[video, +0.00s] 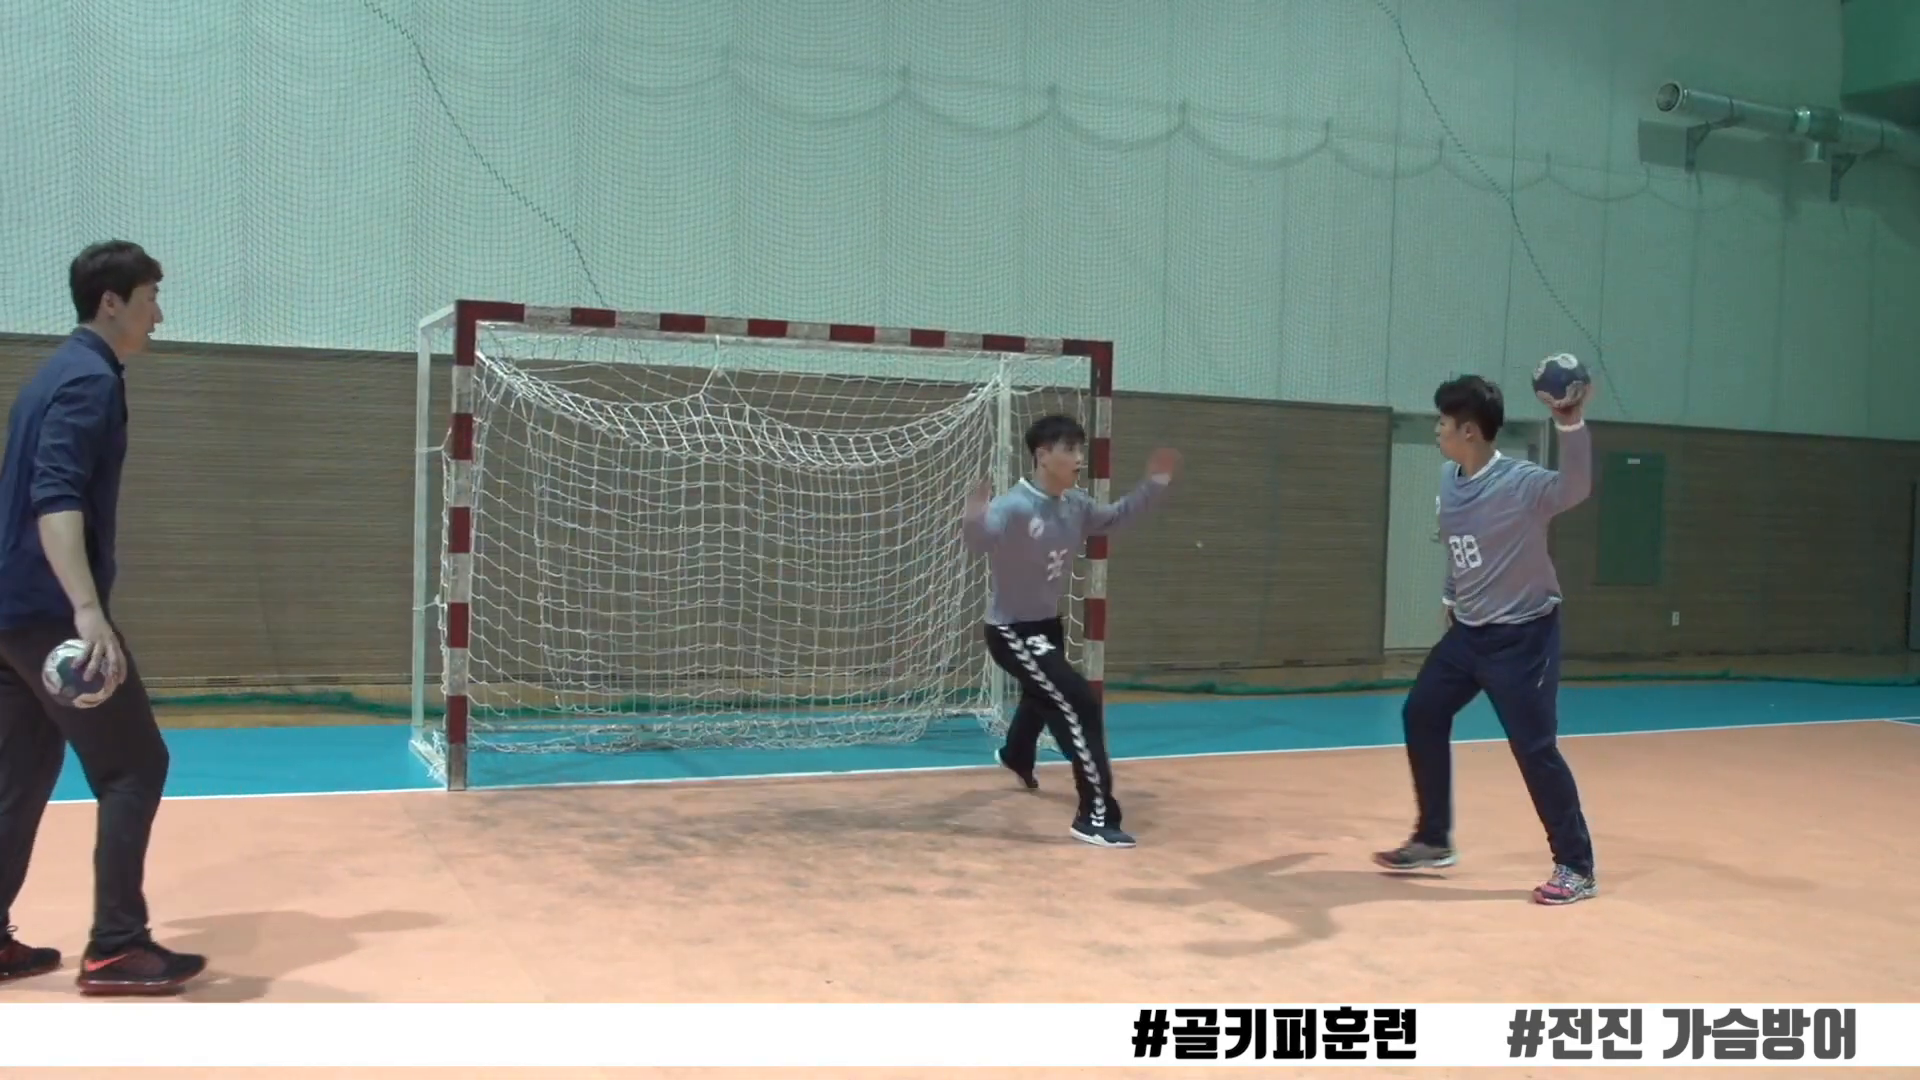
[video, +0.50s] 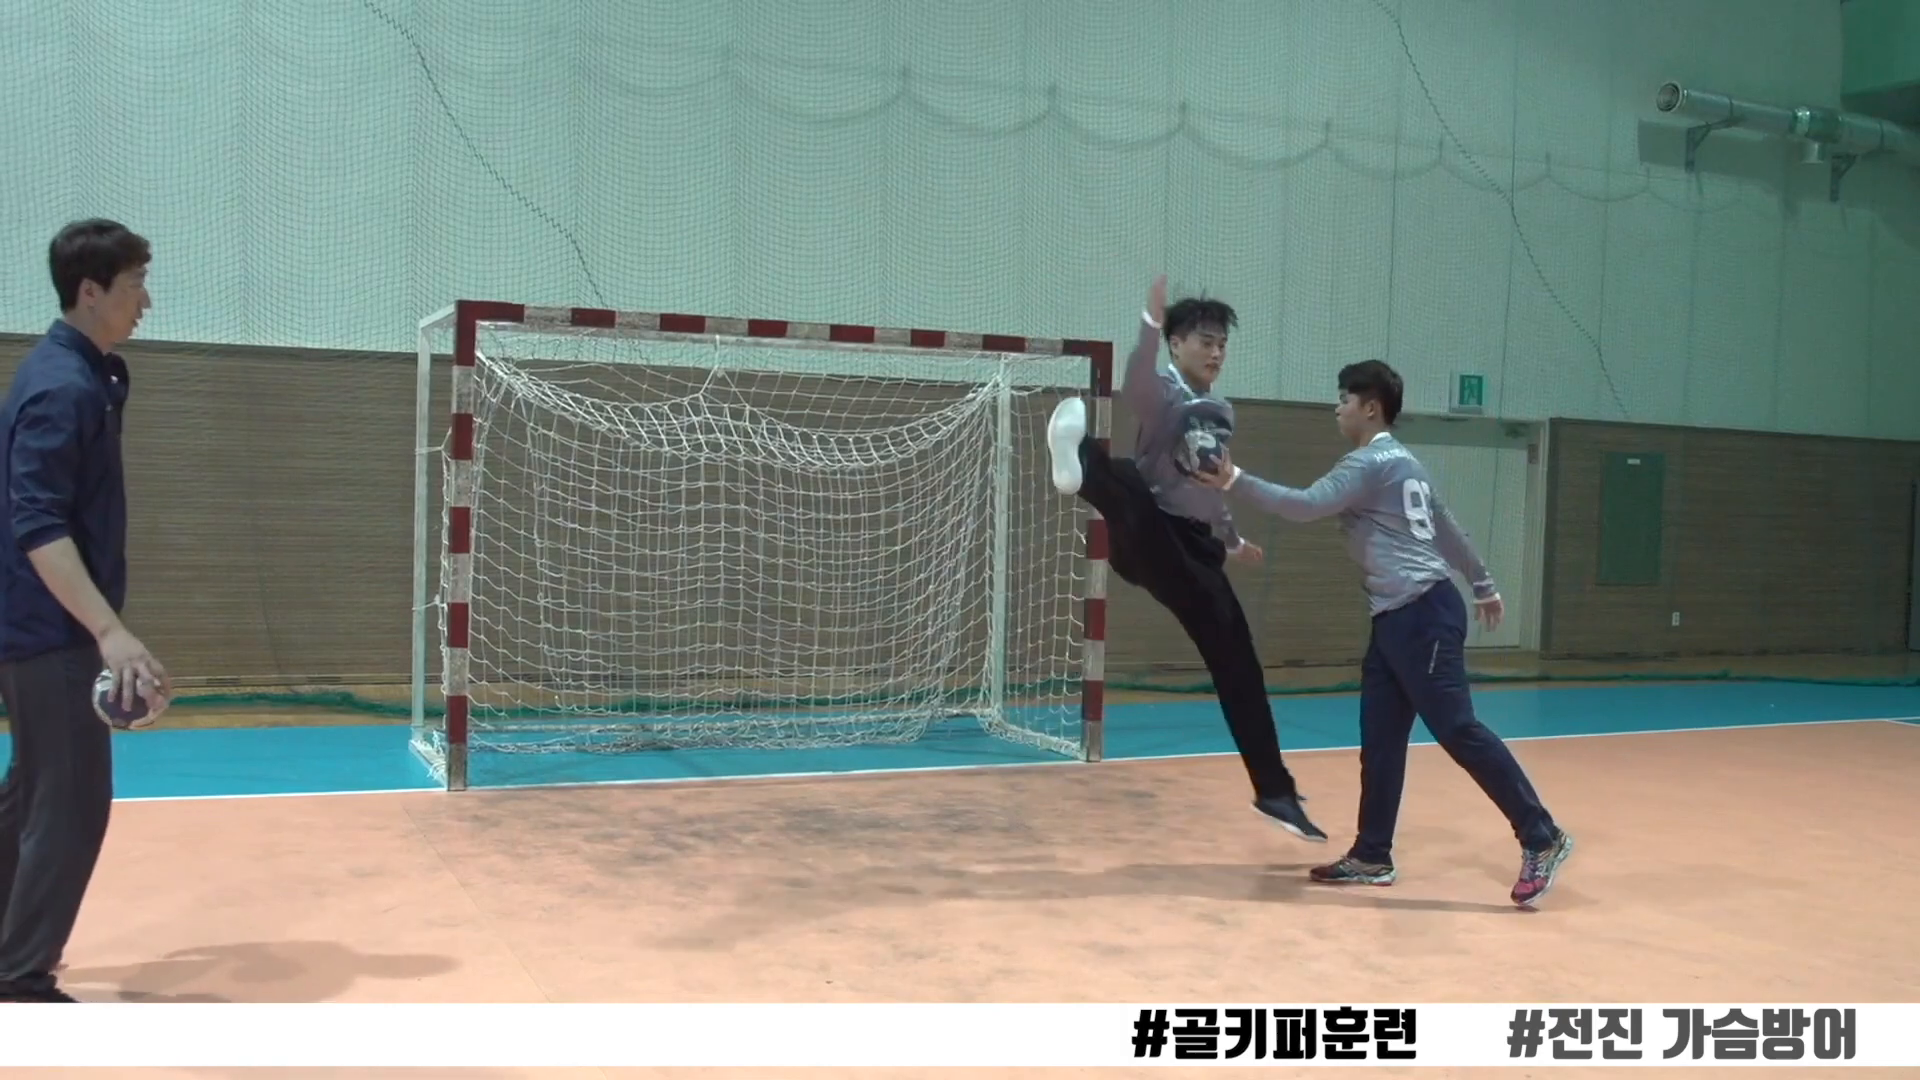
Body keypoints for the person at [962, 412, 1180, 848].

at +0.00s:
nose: (1078, 458)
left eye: (1080, 450)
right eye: (1069, 449)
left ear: (1079, 456)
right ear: (1041, 454)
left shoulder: (1076, 504)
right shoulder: (1013, 506)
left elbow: (1115, 517)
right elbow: (980, 542)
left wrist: (1154, 486)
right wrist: (974, 520)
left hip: (1048, 626)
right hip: (1011, 630)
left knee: (1042, 693)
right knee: (1079, 703)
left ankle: (1017, 753)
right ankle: (1096, 817)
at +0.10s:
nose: (1109, 409)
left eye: (1109, 400)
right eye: (1099, 400)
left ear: (1103, 407)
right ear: (1071, 406)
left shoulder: (1107, 454)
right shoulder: (1047, 452)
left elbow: (1140, 438)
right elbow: (1032, 408)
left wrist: (1148, 389)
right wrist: (1065, 345)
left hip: (1077, 576)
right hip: (1041, 582)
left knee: (1116, 656)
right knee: (1088, 695)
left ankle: (1044, 719)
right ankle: (1096, 813)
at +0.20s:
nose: (1142, 358)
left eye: (1145, 350)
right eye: (1134, 349)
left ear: (1138, 356)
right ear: (1103, 351)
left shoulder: (1131, 399)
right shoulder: (1072, 388)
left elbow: (1169, 396)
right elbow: (1039, 355)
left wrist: (1210, 363)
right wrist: (1083, 301)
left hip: (1108, 531)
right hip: (1070, 531)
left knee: (1165, 603)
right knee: (1082, 647)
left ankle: (1089, 670)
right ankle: (1060, 769)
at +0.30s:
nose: (1172, 331)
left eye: (1176, 322)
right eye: (1162, 320)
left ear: (1179, 327)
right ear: (1133, 320)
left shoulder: (1161, 382)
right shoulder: (1102, 363)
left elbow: (1181, 422)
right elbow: (1059, 352)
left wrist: (1225, 429)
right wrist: (1077, 301)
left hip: (1135, 505)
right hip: (1094, 500)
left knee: (1207, 592)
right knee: (1104, 579)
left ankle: (1136, 679)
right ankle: (1039, 694)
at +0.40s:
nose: (1194, 329)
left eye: (1198, 320)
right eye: (1184, 318)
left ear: (1201, 327)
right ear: (1153, 320)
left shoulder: (1192, 390)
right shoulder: (1124, 371)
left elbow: (1187, 468)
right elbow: (1100, 348)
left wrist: (1213, 489)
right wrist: (1102, 301)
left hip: (1172, 521)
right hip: (1122, 509)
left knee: (1234, 619)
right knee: (1101, 480)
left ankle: (1202, 732)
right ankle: (1078, 566)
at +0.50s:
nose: (1215, 352)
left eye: (1222, 344)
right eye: (1204, 341)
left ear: (1227, 352)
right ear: (1174, 345)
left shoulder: (1219, 412)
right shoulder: (1157, 394)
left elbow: (1209, 492)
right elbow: (1139, 379)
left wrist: (1230, 539)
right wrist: (1151, 330)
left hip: (1201, 564)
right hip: (1151, 543)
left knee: (1239, 671)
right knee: (1129, 485)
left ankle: (1275, 793)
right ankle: (1082, 470)